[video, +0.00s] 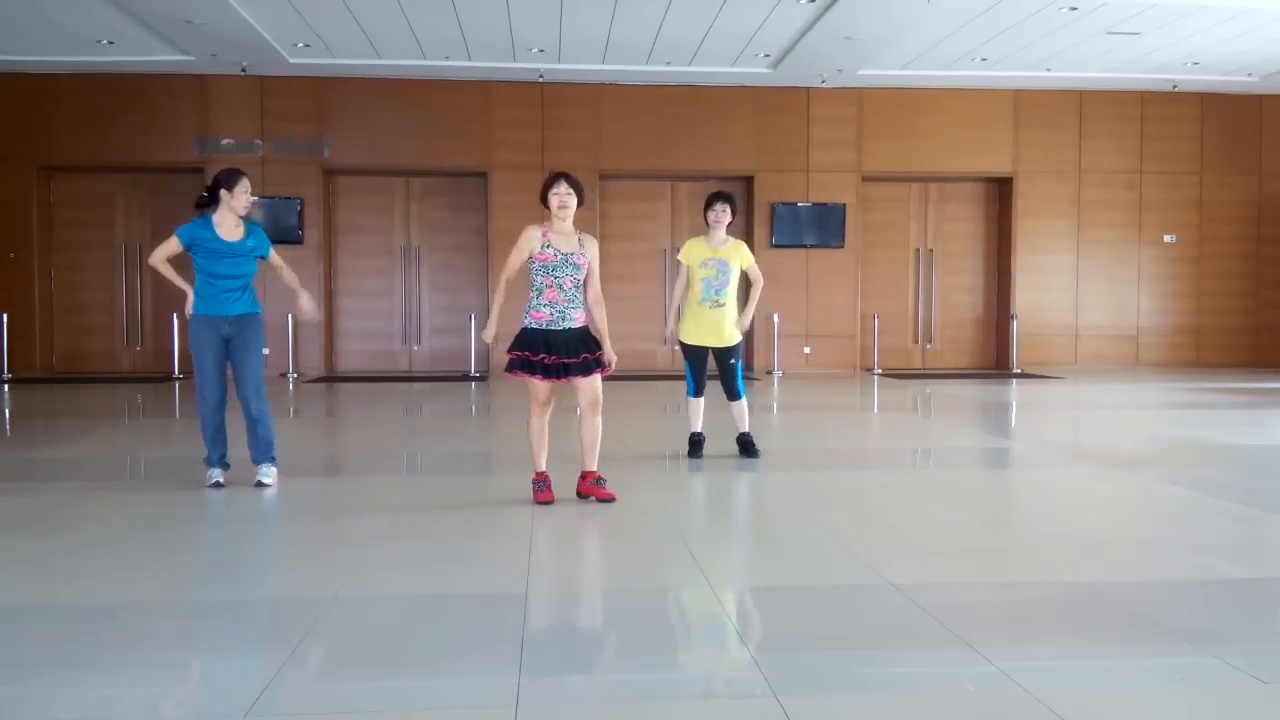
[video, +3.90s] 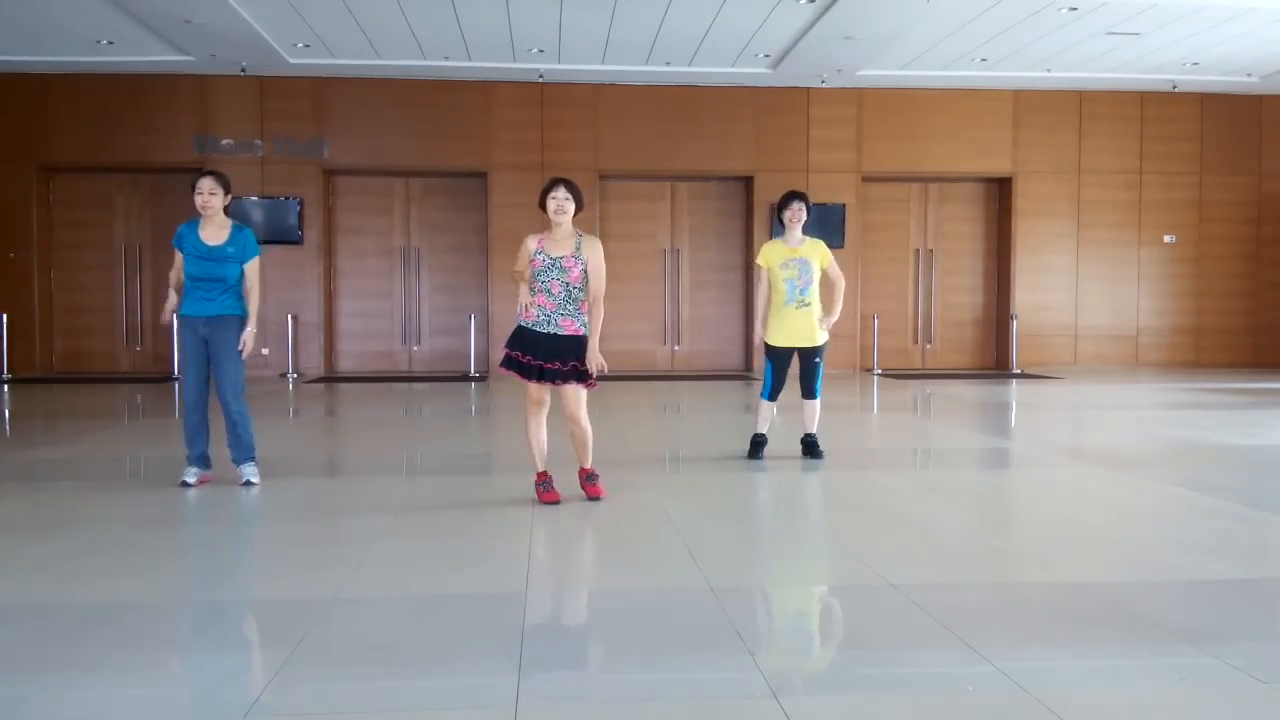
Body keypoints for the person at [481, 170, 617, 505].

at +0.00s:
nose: (562, 199)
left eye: (568, 194)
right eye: (556, 194)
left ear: (578, 200)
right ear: (546, 200)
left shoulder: (588, 244)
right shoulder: (533, 236)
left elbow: (595, 298)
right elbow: (504, 278)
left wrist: (606, 343)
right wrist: (493, 323)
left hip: (578, 334)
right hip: (540, 334)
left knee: (593, 401)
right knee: (541, 403)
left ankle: (590, 476)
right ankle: (541, 476)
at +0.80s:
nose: (582, 199)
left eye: (588, 194)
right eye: (575, 194)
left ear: (599, 200)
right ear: (567, 201)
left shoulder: (616, 237)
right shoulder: (556, 240)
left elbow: (628, 290)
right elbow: (553, 293)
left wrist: (631, 335)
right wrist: (539, 337)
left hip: (606, 334)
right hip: (564, 333)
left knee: (603, 405)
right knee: (559, 403)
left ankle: (604, 476)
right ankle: (557, 476)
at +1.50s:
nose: (575, 200)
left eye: (581, 195)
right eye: (568, 195)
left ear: (590, 201)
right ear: (558, 201)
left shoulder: (598, 243)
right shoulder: (545, 237)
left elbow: (609, 297)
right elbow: (508, 269)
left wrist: (624, 343)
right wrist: (536, 301)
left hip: (596, 333)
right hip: (559, 335)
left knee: (598, 405)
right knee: (565, 406)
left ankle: (596, 476)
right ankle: (549, 477)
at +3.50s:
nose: (565, 200)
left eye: (570, 196)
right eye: (558, 196)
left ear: (580, 203)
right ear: (548, 203)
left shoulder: (590, 245)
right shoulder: (534, 237)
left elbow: (598, 298)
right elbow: (494, 264)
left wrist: (605, 343)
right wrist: (526, 285)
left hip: (574, 333)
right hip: (537, 332)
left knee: (589, 405)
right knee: (541, 404)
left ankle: (597, 477)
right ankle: (544, 477)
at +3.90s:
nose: (559, 203)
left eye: (566, 199)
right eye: (554, 199)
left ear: (576, 206)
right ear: (544, 205)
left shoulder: (590, 245)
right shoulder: (531, 244)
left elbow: (597, 299)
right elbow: (518, 273)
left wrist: (593, 346)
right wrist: (523, 287)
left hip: (573, 338)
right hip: (534, 336)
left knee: (577, 414)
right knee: (538, 405)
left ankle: (587, 472)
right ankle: (542, 475)